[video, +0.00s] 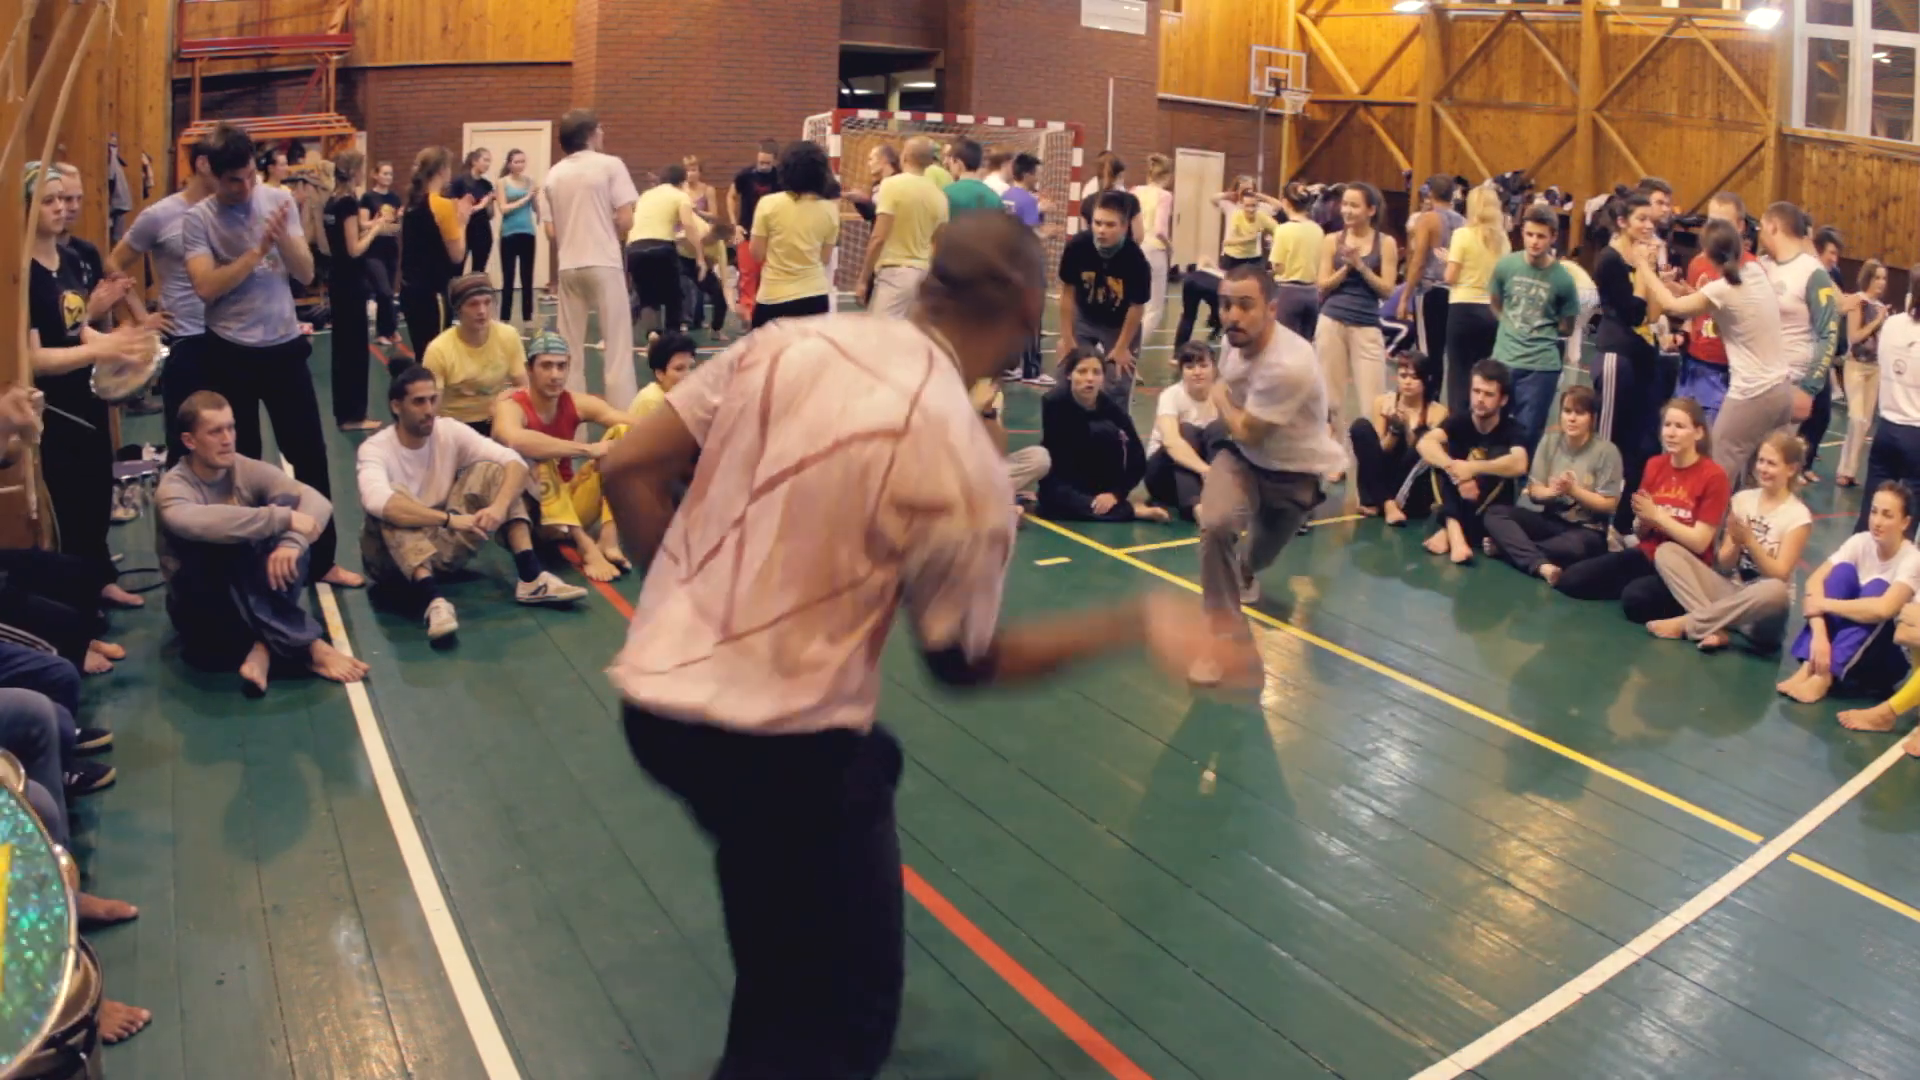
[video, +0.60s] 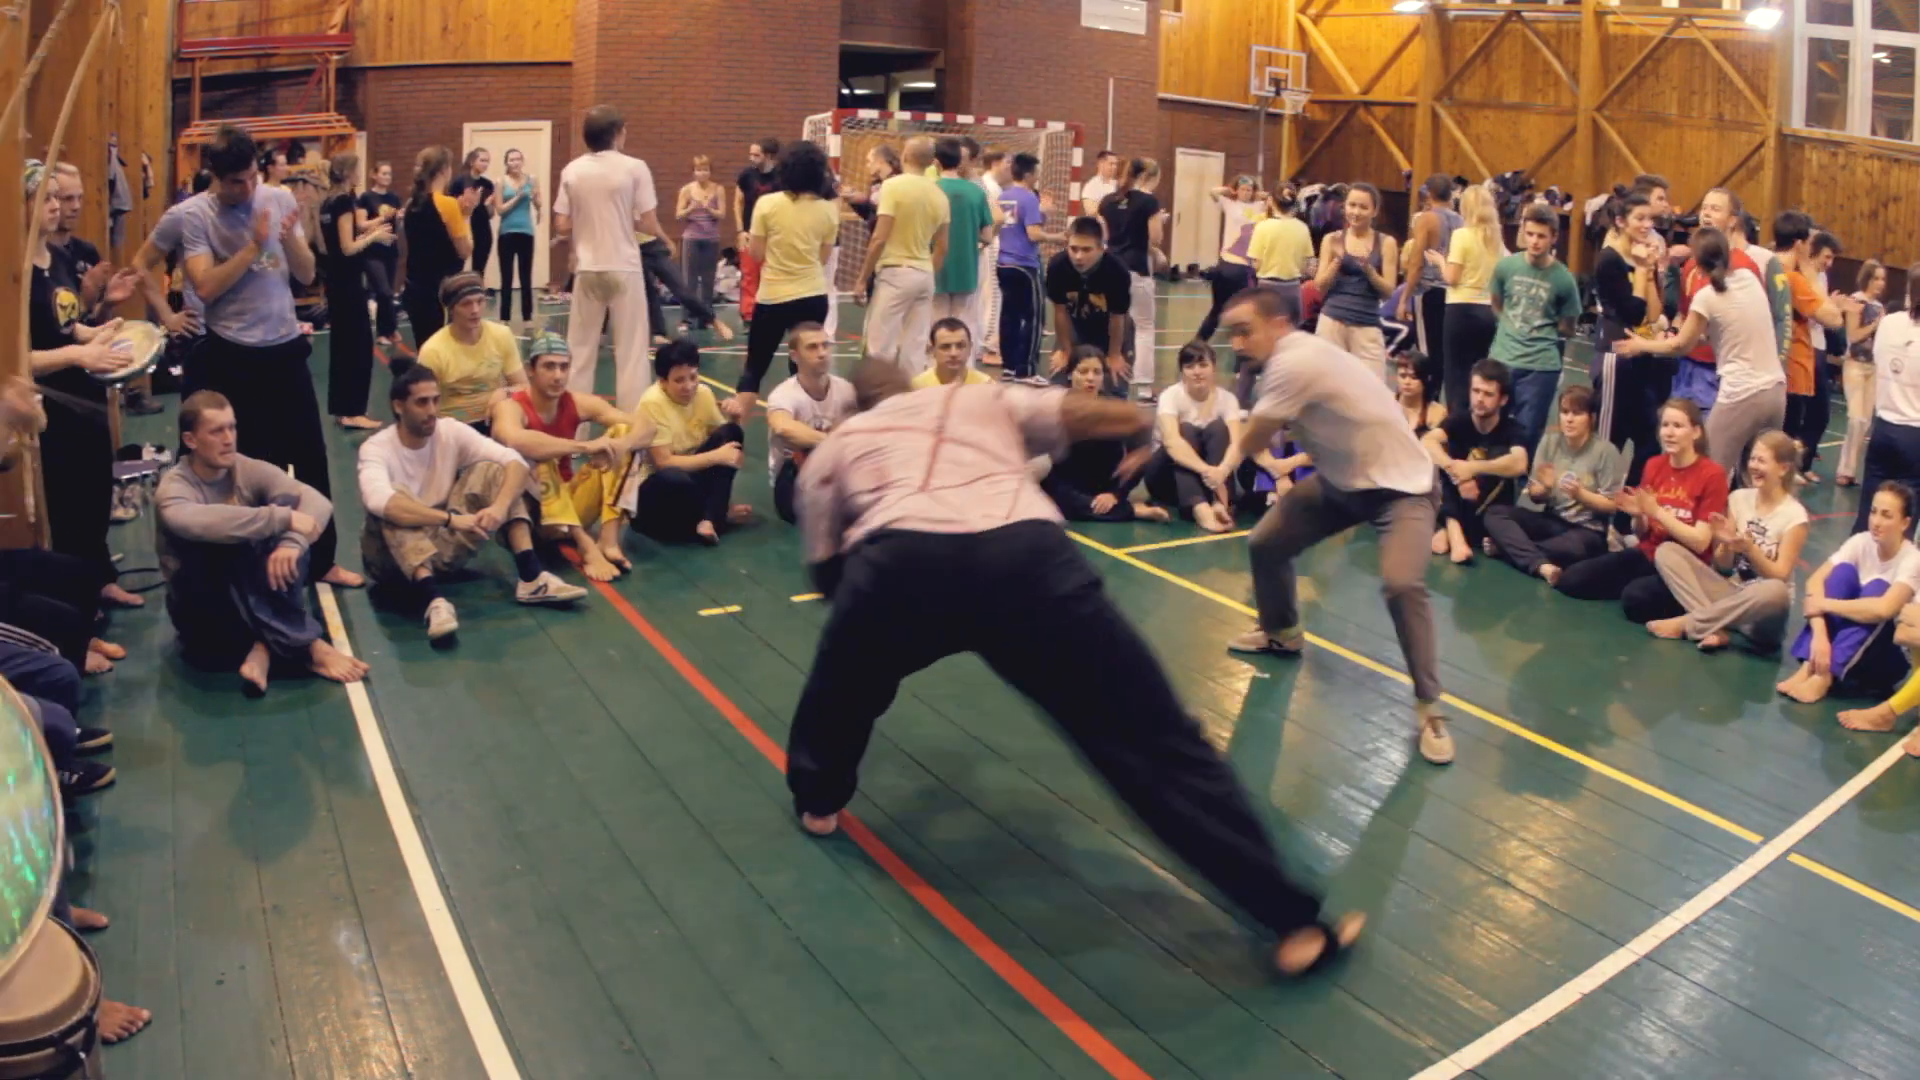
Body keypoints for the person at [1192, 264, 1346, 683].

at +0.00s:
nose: (1233, 317)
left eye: (1245, 306)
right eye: (1226, 306)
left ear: (1270, 308)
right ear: (1219, 308)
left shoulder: (1290, 364)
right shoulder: (1234, 344)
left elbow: (1248, 433)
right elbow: (1227, 394)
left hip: (1293, 474)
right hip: (1240, 453)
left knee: (1261, 553)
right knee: (1217, 526)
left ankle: (1244, 571)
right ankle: (1222, 637)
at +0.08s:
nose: (1238, 302)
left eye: (1250, 292)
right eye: (1232, 291)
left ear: (1277, 296)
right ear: (1226, 294)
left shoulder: (1296, 353)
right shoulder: (1239, 338)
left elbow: (1241, 420)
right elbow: (1244, 401)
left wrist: (1204, 389)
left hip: (1299, 480)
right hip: (1246, 455)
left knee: (1260, 550)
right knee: (1216, 522)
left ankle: (1245, 570)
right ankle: (1218, 639)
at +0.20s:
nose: (1219, 271)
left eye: (1229, 260)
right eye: (1214, 263)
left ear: (1259, 262)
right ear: (1214, 269)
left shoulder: (1274, 294)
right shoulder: (1249, 303)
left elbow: (1204, 354)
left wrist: (1193, 299)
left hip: (1331, 443)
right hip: (1276, 429)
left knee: (1285, 539)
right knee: (1243, 521)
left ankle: (1284, 565)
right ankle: (1237, 630)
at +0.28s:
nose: (1207, 286)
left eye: (1216, 274)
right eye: (1202, 277)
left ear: (1249, 268)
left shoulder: (1266, 293)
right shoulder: (1249, 307)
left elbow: (1189, 351)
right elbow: (1271, 369)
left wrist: (1193, 302)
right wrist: (1216, 361)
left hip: (1353, 436)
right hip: (1300, 432)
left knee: (1293, 540)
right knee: (1250, 516)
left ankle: (1331, 591)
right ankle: (1280, 613)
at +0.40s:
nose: (1199, 327)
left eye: (1206, 313)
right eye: (1194, 316)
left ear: (1238, 304)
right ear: (1235, 309)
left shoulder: (1254, 336)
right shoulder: (1263, 331)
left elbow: (1203, 423)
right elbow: (1266, 414)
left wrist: (1168, 410)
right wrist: (1213, 405)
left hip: (1369, 453)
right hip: (1321, 451)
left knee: (1332, 566)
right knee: (1265, 523)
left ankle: (1409, 659)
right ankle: (1286, 627)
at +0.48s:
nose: (1200, 345)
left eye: (1206, 332)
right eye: (1196, 335)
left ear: (1241, 323)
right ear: (1243, 325)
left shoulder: (1253, 364)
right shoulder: (1280, 340)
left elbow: (1222, 460)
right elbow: (1300, 434)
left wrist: (1199, 458)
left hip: (1381, 470)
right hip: (1331, 462)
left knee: (1371, 588)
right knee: (1270, 527)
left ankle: (1444, 704)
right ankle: (1283, 630)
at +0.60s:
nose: (1235, 344)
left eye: (1243, 331)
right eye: (1231, 334)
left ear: (1279, 322)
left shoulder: (1296, 359)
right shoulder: (1288, 358)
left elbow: (1250, 441)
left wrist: (1226, 468)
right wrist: (1281, 462)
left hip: (1403, 483)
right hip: (1342, 481)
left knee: (1401, 585)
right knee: (1266, 543)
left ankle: (1431, 710)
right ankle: (1280, 635)